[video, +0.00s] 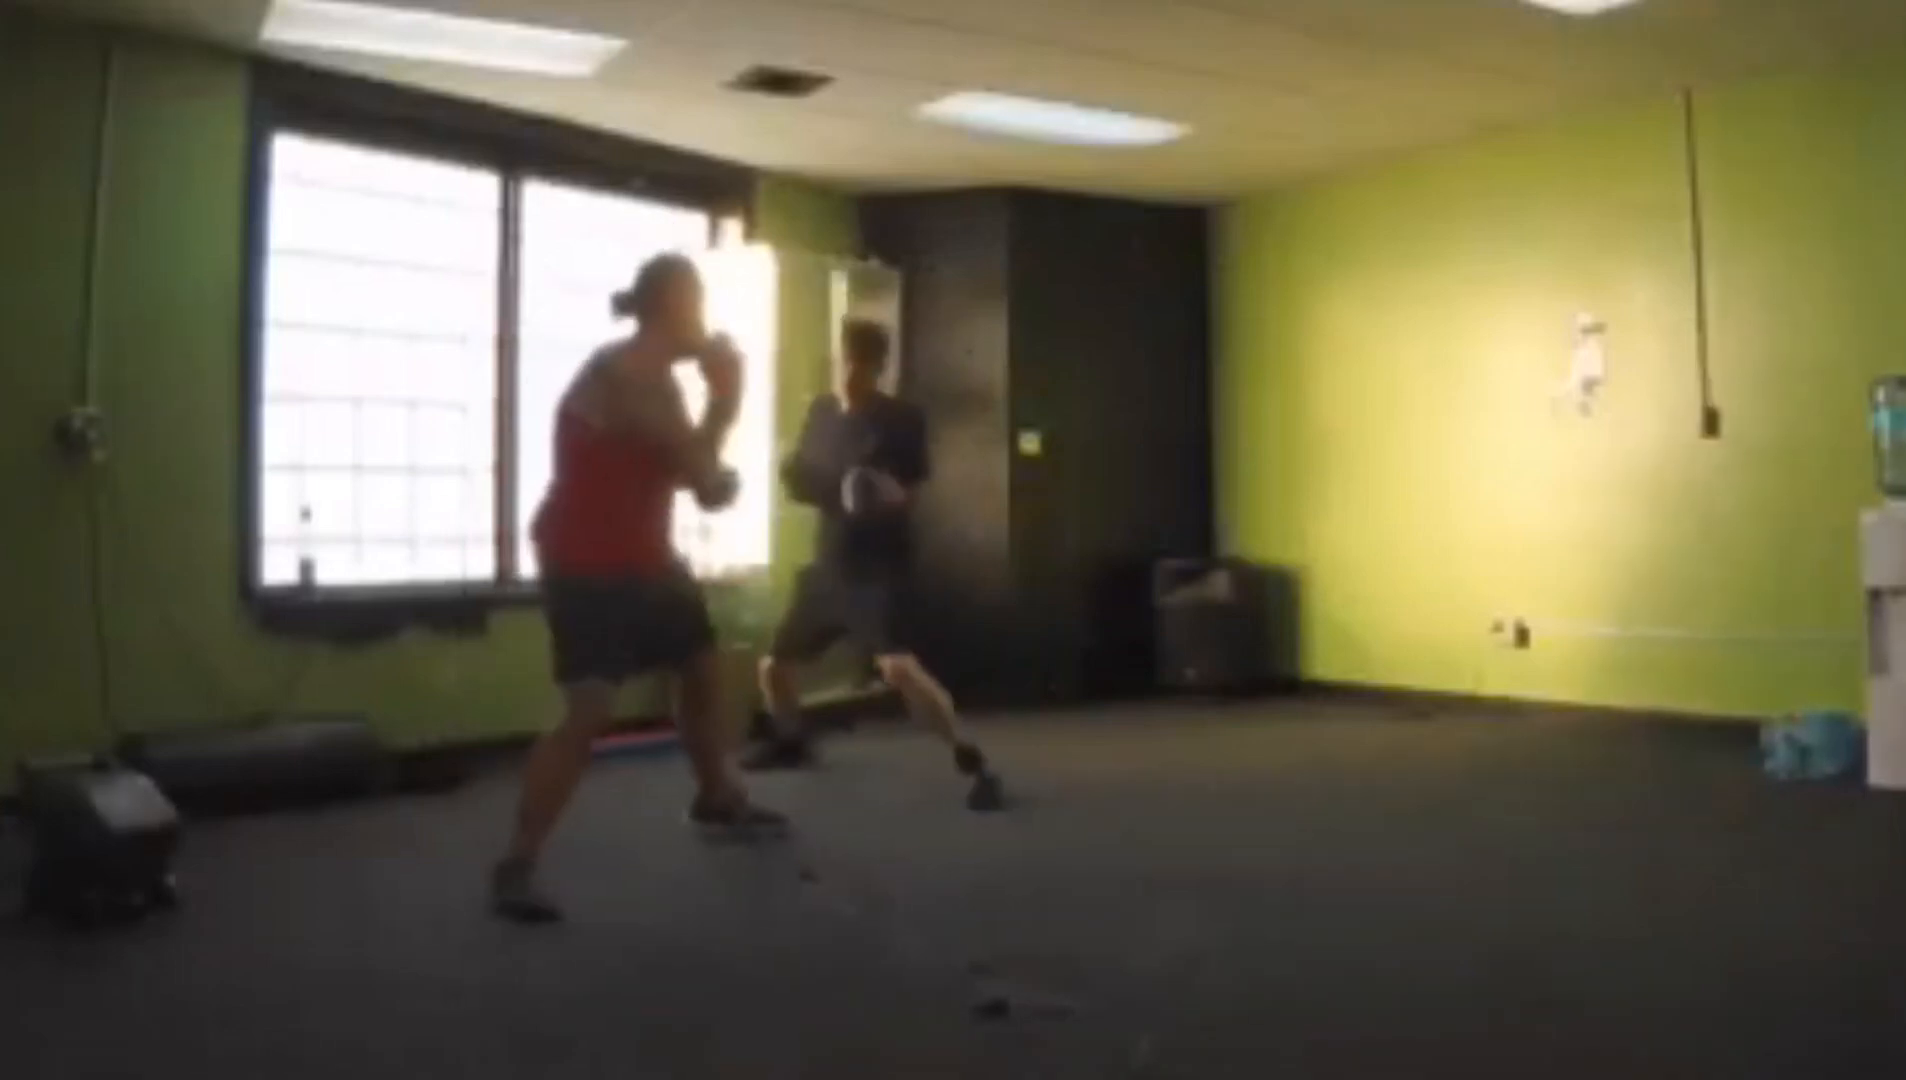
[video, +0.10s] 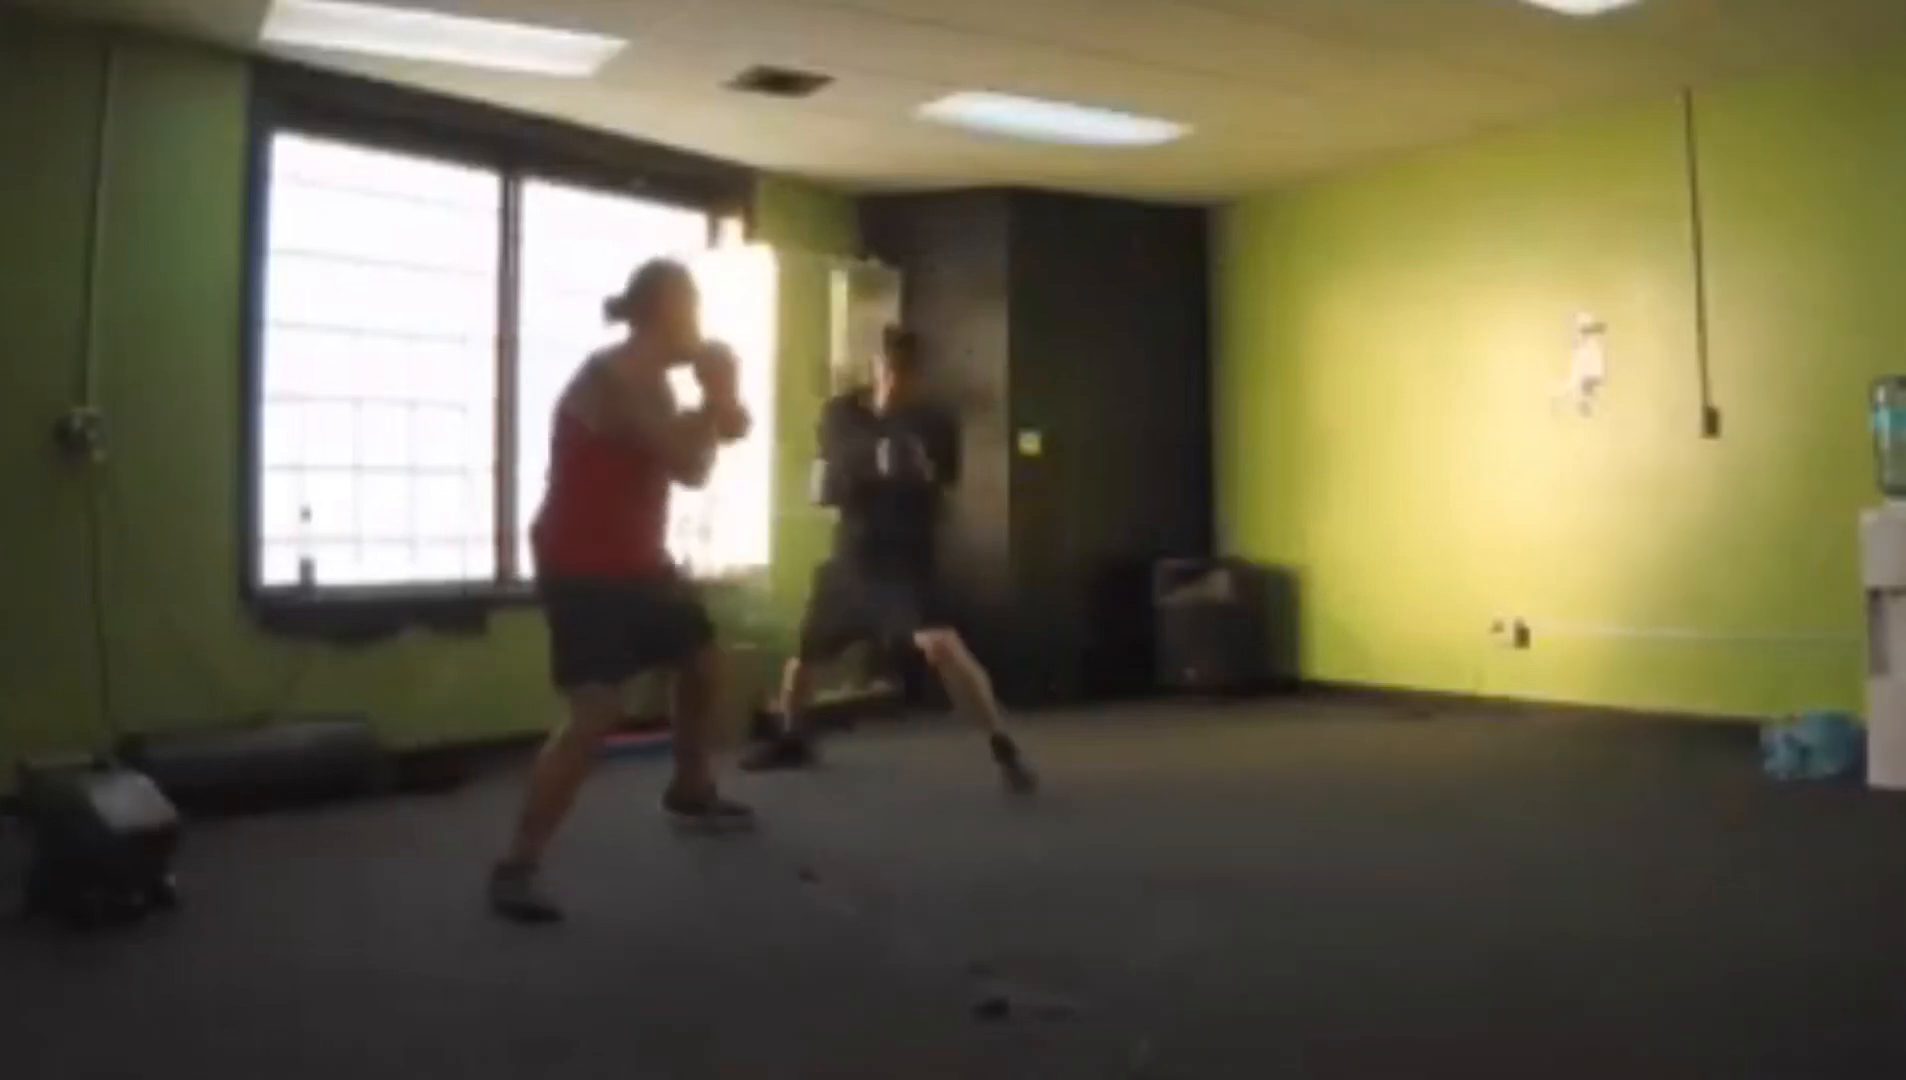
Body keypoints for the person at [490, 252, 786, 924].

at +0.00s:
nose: (702, 317)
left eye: (700, 302)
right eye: (694, 302)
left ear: (659, 306)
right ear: (664, 306)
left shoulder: (656, 380)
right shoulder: (623, 374)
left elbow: (682, 466)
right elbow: (694, 462)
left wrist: (711, 482)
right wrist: (725, 396)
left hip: (646, 560)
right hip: (589, 565)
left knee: (702, 667)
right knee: (588, 714)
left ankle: (718, 797)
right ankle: (518, 865)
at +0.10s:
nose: (695, 323)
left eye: (694, 308)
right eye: (686, 308)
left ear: (658, 313)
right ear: (657, 312)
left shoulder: (652, 382)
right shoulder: (614, 376)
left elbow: (691, 458)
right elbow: (687, 460)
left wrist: (711, 408)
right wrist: (715, 400)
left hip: (638, 563)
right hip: (584, 567)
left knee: (701, 662)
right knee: (595, 713)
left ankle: (693, 788)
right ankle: (518, 867)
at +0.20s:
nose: (699, 328)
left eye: (697, 315)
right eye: (689, 314)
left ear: (667, 321)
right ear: (657, 320)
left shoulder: (660, 385)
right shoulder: (622, 382)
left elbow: (694, 446)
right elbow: (674, 452)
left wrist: (727, 381)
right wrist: (728, 381)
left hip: (631, 572)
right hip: (585, 574)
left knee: (684, 655)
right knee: (601, 714)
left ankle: (678, 781)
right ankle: (518, 868)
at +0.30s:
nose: (711, 342)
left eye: (710, 329)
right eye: (697, 329)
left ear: (702, 337)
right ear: (666, 336)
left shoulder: (702, 404)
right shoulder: (633, 387)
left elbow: (781, 416)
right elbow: (658, 473)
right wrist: (728, 433)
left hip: (634, 575)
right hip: (581, 572)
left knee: (671, 672)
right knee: (594, 715)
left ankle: (679, 788)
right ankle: (517, 868)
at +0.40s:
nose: (727, 356)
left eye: (728, 343)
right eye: (715, 343)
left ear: (725, 352)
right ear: (682, 349)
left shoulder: (732, 425)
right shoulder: (639, 402)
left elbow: (794, 476)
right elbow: (630, 473)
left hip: (652, 580)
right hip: (597, 574)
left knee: (687, 663)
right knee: (592, 707)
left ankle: (683, 786)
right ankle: (521, 862)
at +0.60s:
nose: (752, 369)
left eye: (747, 360)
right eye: (744, 360)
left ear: (691, 364)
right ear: (725, 361)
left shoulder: (669, 408)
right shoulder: (742, 392)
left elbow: (676, 497)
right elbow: (833, 385)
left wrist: (750, 522)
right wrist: (906, 379)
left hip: (648, 554)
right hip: (675, 560)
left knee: (722, 664)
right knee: (618, 693)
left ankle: (691, 786)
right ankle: (514, 823)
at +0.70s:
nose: (725, 345)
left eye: (713, 339)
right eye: (718, 336)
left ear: (677, 353)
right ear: (714, 340)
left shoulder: (662, 402)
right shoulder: (743, 389)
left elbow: (734, 458)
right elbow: (831, 364)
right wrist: (904, 355)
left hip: (653, 542)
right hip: (708, 548)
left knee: (719, 664)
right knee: (677, 677)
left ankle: (695, 780)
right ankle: (548, 789)